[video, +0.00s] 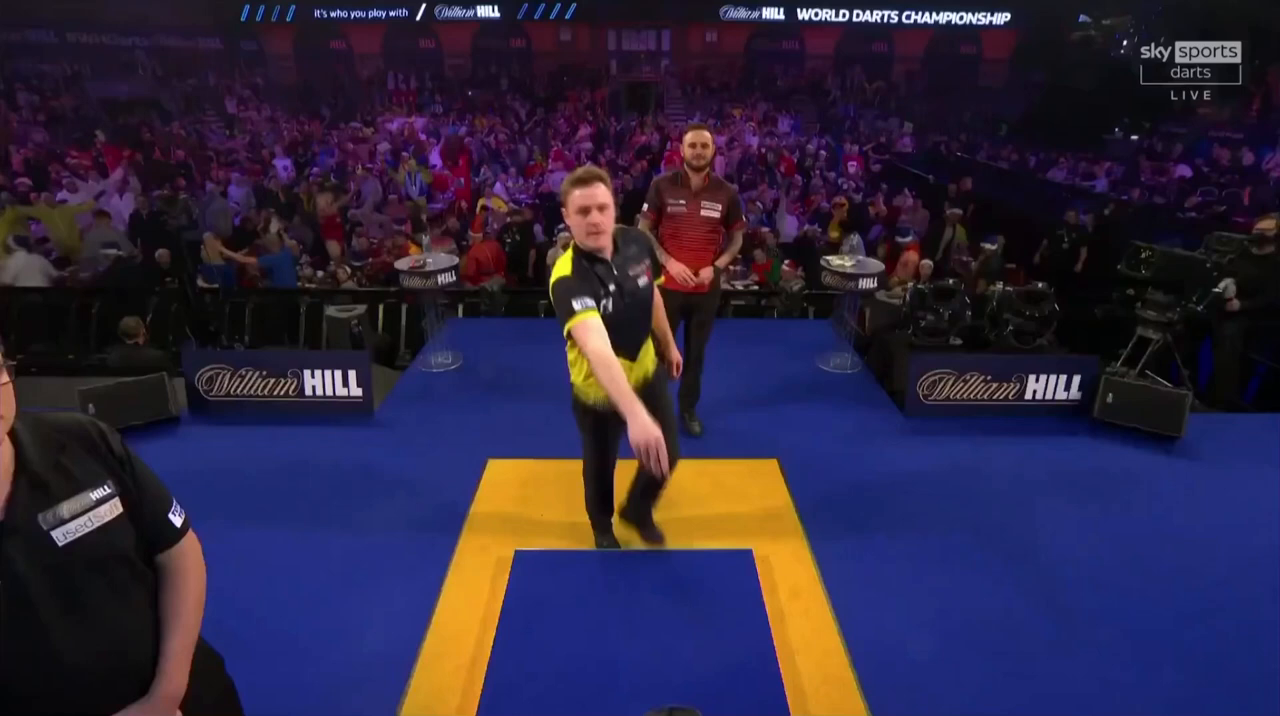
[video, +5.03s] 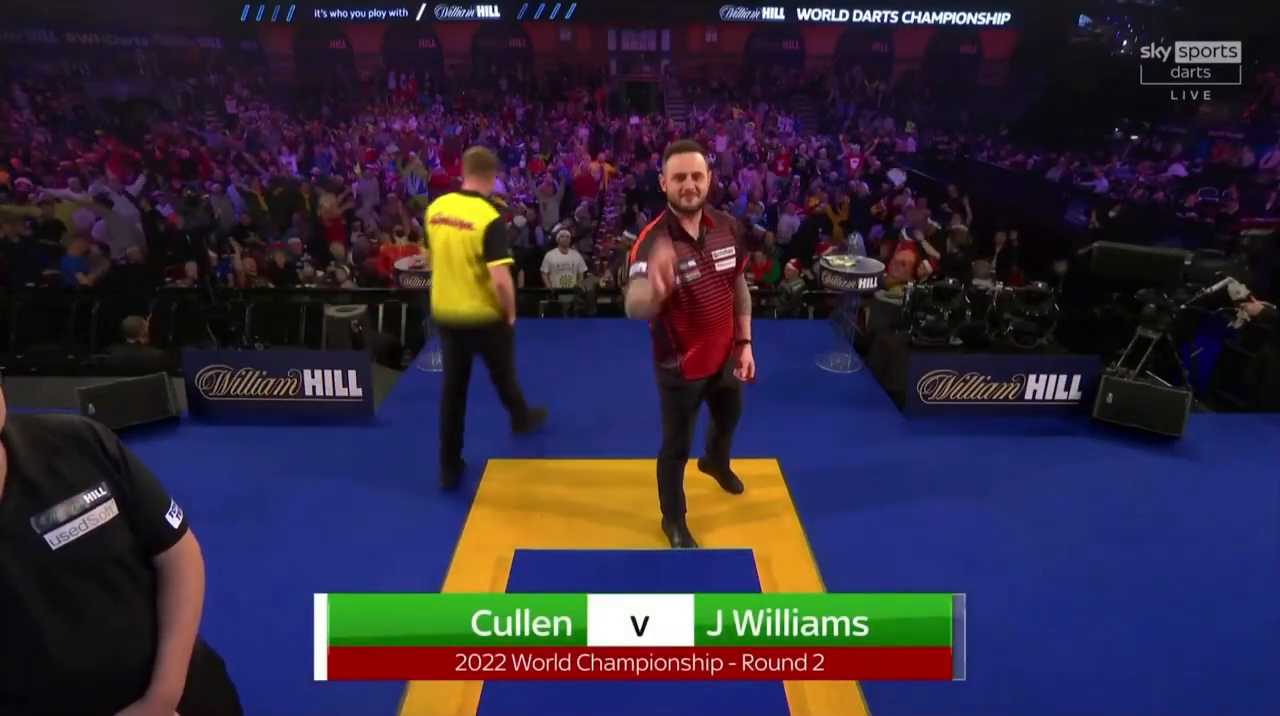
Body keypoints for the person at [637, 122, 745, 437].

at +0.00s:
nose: (698, 151)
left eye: (704, 146)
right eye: (692, 145)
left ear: (713, 151)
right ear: (682, 150)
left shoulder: (726, 193)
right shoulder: (662, 186)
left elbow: (737, 237)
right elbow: (643, 227)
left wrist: (716, 267)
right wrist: (667, 261)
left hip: (704, 288)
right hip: (668, 286)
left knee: (696, 353)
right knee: (660, 350)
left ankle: (688, 409)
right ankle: (653, 410)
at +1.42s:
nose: (688, 188)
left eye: (695, 181)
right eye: (681, 180)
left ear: (705, 174)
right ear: (668, 174)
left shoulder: (719, 208)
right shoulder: (648, 212)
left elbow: (723, 256)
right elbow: (628, 271)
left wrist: (714, 295)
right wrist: (671, 308)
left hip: (702, 320)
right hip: (661, 322)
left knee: (705, 394)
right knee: (654, 396)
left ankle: (694, 463)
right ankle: (651, 461)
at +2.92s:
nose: (693, 179)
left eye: (699, 170)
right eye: (682, 173)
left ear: (711, 174)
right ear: (666, 179)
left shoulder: (727, 219)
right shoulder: (661, 233)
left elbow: (739, 277)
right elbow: (649, 300)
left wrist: (749, 334)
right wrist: (668, 268)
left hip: (727, 346)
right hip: (685, 356)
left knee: (726, 410)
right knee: (680, 442)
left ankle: (713, 460)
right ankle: (674, 517)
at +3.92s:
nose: (696, 187)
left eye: (704, 178)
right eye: (685, 180)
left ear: (715, 181)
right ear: (669, 186)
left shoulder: (727, 230)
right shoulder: (661, 241)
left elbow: (736, 287)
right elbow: (672, 286)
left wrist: (745, 344)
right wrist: (690, 321)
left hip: (725, 352)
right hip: (680, 357)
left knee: (726, 413)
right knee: (678, 446)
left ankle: (719, 457)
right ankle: (674, 517)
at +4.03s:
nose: (696, 188)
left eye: (703, 178)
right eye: (685, 180)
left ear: (714, 182)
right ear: (669, 187)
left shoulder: (727, 231)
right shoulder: (660, 243)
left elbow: (737, 288)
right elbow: (677, 310)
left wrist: (745, 345)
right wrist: (705, 364)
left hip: (723, 353)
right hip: (680, 361)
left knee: (723, 416)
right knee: (677, 445)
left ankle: (715, 460)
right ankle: (674, 516)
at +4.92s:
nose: (692, 186)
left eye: (699, 177)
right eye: (682, 178)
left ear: (711, 182)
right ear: (666, 184)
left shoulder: (727, 228)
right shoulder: (653, 243)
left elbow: (740, 285)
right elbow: (636, 315)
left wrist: (745, 343)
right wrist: (665, 335)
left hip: (722, 355)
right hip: (679, 365)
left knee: (728, 409)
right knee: (677, 447)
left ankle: (715, 460)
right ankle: (673, 520)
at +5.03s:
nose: (689, 185)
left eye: (697, 176)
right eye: (678, 177)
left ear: (709, 180)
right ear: (663, 184)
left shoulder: (725, 227)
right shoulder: (652, 241)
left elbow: (740, 285)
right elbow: (635, 306)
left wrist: (745, 343)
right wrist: (657, 288)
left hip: (723, 353)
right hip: (680, 363)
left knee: (730, 410)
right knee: (677, 446)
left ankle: (715, 460)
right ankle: (674, 520)